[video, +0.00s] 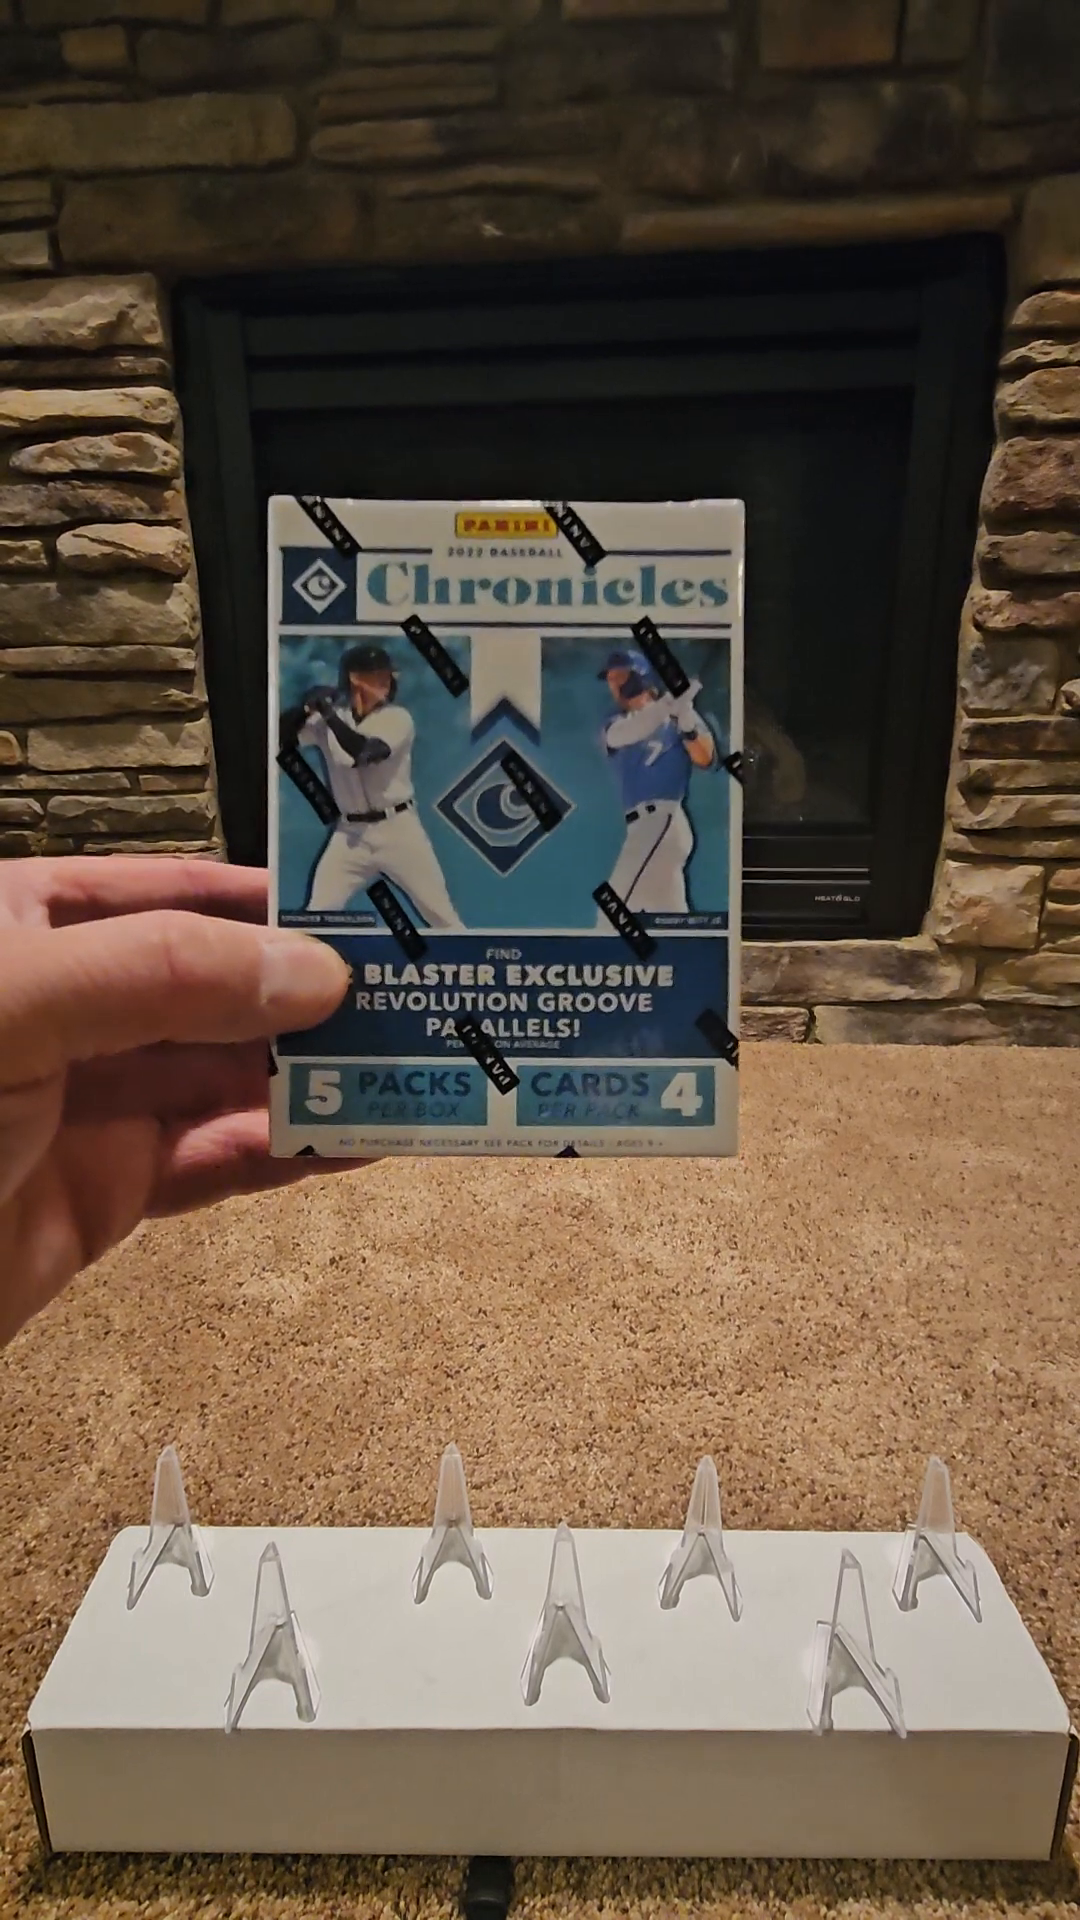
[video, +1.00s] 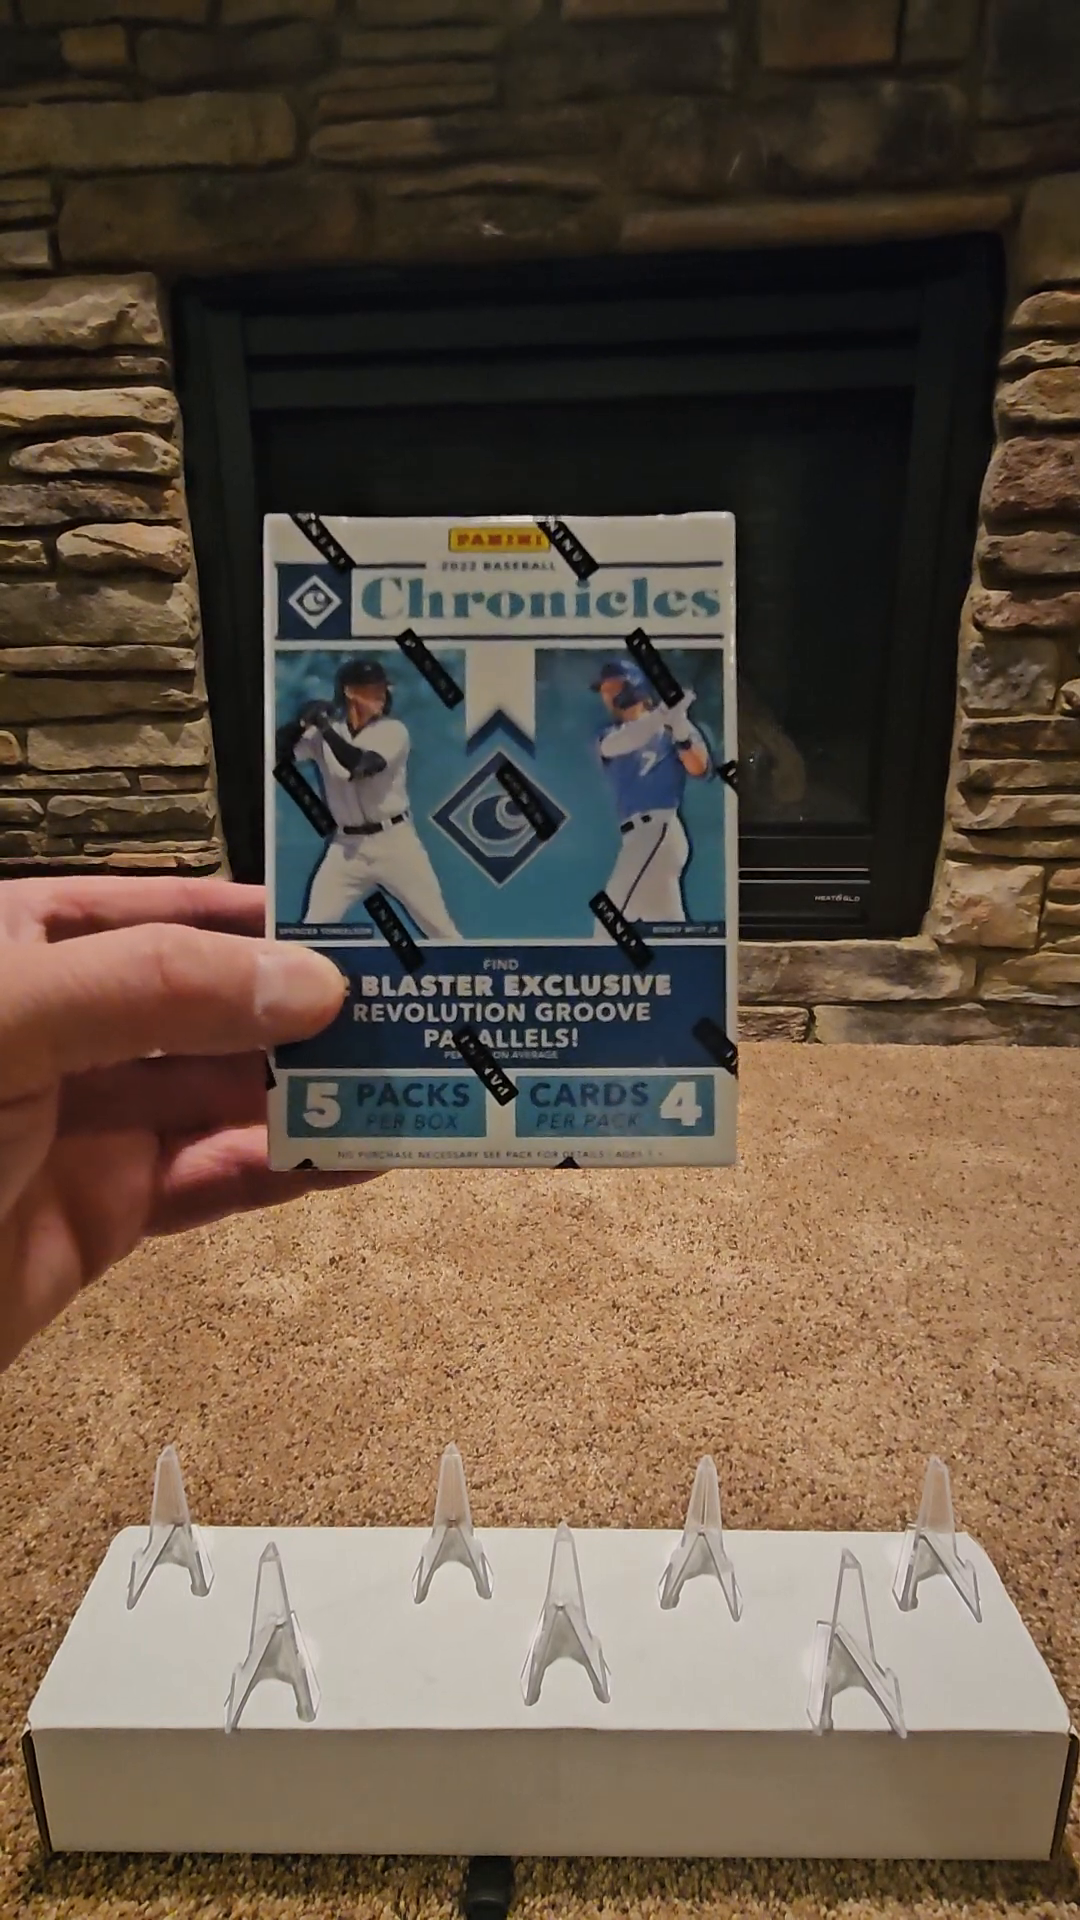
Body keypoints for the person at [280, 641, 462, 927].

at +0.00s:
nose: (387, 679)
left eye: (388, 673)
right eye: (379, 673)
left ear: (391, 678)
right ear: (355, 679)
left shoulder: (397, 718)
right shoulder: (326, 722)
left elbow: (364, 753)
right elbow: (281, 735)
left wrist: (327, 714)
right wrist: (306, 708)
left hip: (399, 831)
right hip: (350, 835)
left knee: (441, 916)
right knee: (318, 917)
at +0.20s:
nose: (389, 688)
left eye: (389, 682)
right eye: (380, 682)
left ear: (393, 686)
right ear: (357, 687)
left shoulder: (399, 725)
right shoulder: (328, 730)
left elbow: (367, 761)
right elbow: (285, 746)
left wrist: (330, 721)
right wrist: (307, 717)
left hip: (401, 838)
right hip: (351, 842)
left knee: (444, 923)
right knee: (319, 925)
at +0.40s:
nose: (390, 677)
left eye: (390, 671)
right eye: (380, 671)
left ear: (394, 676)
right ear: (357, 677)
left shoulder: (400, 715)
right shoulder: (327, 721)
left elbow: (368, 751)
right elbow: (282, 737)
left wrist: (330, 711)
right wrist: (306, 708)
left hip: (401, 829)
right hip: (352, 833)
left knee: (445, 916)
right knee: (319, 918)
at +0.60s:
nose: (382, 683)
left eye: (383, 677)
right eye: (372, 677)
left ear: (386, 681)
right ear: (350, 683)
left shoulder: (393, 721)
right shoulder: (320, 728)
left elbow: (360, 757)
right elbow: (276, 742)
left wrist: (324, 718)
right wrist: (301, 714)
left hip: (396, 834)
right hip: (346, 839)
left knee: (439, 920)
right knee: (314, 923)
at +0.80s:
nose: (379, 686)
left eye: (379, 680)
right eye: (369, 681)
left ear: (382, 686)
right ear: (346, 688)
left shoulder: (389, 725)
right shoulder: (319, 731)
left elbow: (356, 762)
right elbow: (276, 752)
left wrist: (319, 721)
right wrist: (297, 719)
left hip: (393, 838)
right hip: (343, 842)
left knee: (435, 920)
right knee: (313, 926)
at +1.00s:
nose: (381, 693)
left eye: (382, 687)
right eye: (372, 687)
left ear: (387, 691)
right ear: (350, 692)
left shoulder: (393, 731)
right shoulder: (323, 735)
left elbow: (359, 766)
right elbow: (279, 753)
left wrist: (324, 726)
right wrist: (300, 724)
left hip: (395, 843)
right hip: (346, 847)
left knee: (439, 928)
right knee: (314, 932)